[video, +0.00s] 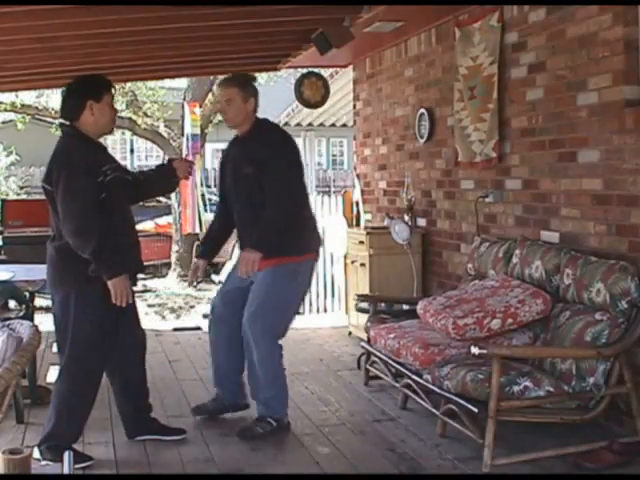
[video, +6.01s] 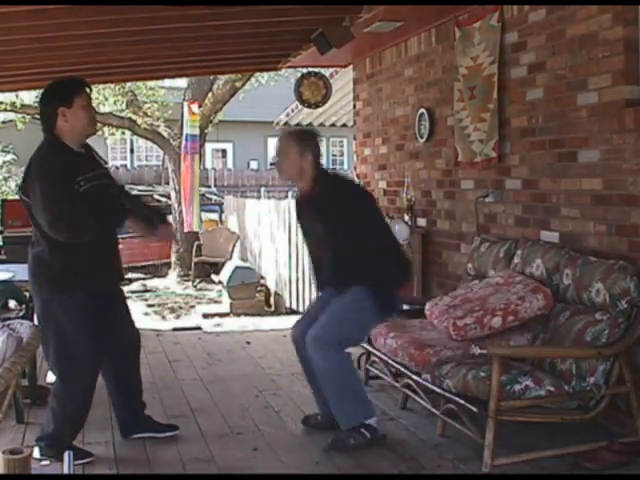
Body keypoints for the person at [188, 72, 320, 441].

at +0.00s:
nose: (222, 110)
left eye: (228, 102)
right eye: (220, 103)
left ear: (250, 102)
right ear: (223, 107)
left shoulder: (277, 141)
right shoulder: (232, 153)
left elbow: (286, 202)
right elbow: (228, 210)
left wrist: (258, 244)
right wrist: (205, 254)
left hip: (291, 253)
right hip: (255, 254)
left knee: (259, 324)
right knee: (223, 313)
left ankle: (274, 415)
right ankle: (230, 395)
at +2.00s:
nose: (419, 226)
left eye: (425, 220)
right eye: (417, 221)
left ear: (446, 219)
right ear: (416, 220)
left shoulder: (468, 243)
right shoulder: (432, 244)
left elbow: (487, 289)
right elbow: (433, 285)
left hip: (465, 316)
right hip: (438, 309)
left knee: (400, 303)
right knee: (373, 301)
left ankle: (373, 391)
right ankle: (355, 379)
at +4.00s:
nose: (214, 172)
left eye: (220, 165)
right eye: (214, 165)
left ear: (245, 169)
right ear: (239, 172)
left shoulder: (274, 206)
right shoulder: (245, 215)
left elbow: (273, 279)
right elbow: (243, 274)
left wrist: (239, 329)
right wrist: (230, 322)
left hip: (334, 287)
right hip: (305, 285)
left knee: (264, 347)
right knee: (249, 340)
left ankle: (289, 440)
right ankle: (271, 415)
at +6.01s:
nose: (276, 163)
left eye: (281, 155)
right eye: (276, 156)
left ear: (306, 157)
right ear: (299, 159)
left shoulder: (346, 193)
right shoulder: (304, 202)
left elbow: (380, 244)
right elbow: (322, 251)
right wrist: (328, 290)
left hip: (375, 286)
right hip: (340, 285)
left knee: (321, 340)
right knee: (302, 334)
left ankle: (364, 425)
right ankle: (333, 413)